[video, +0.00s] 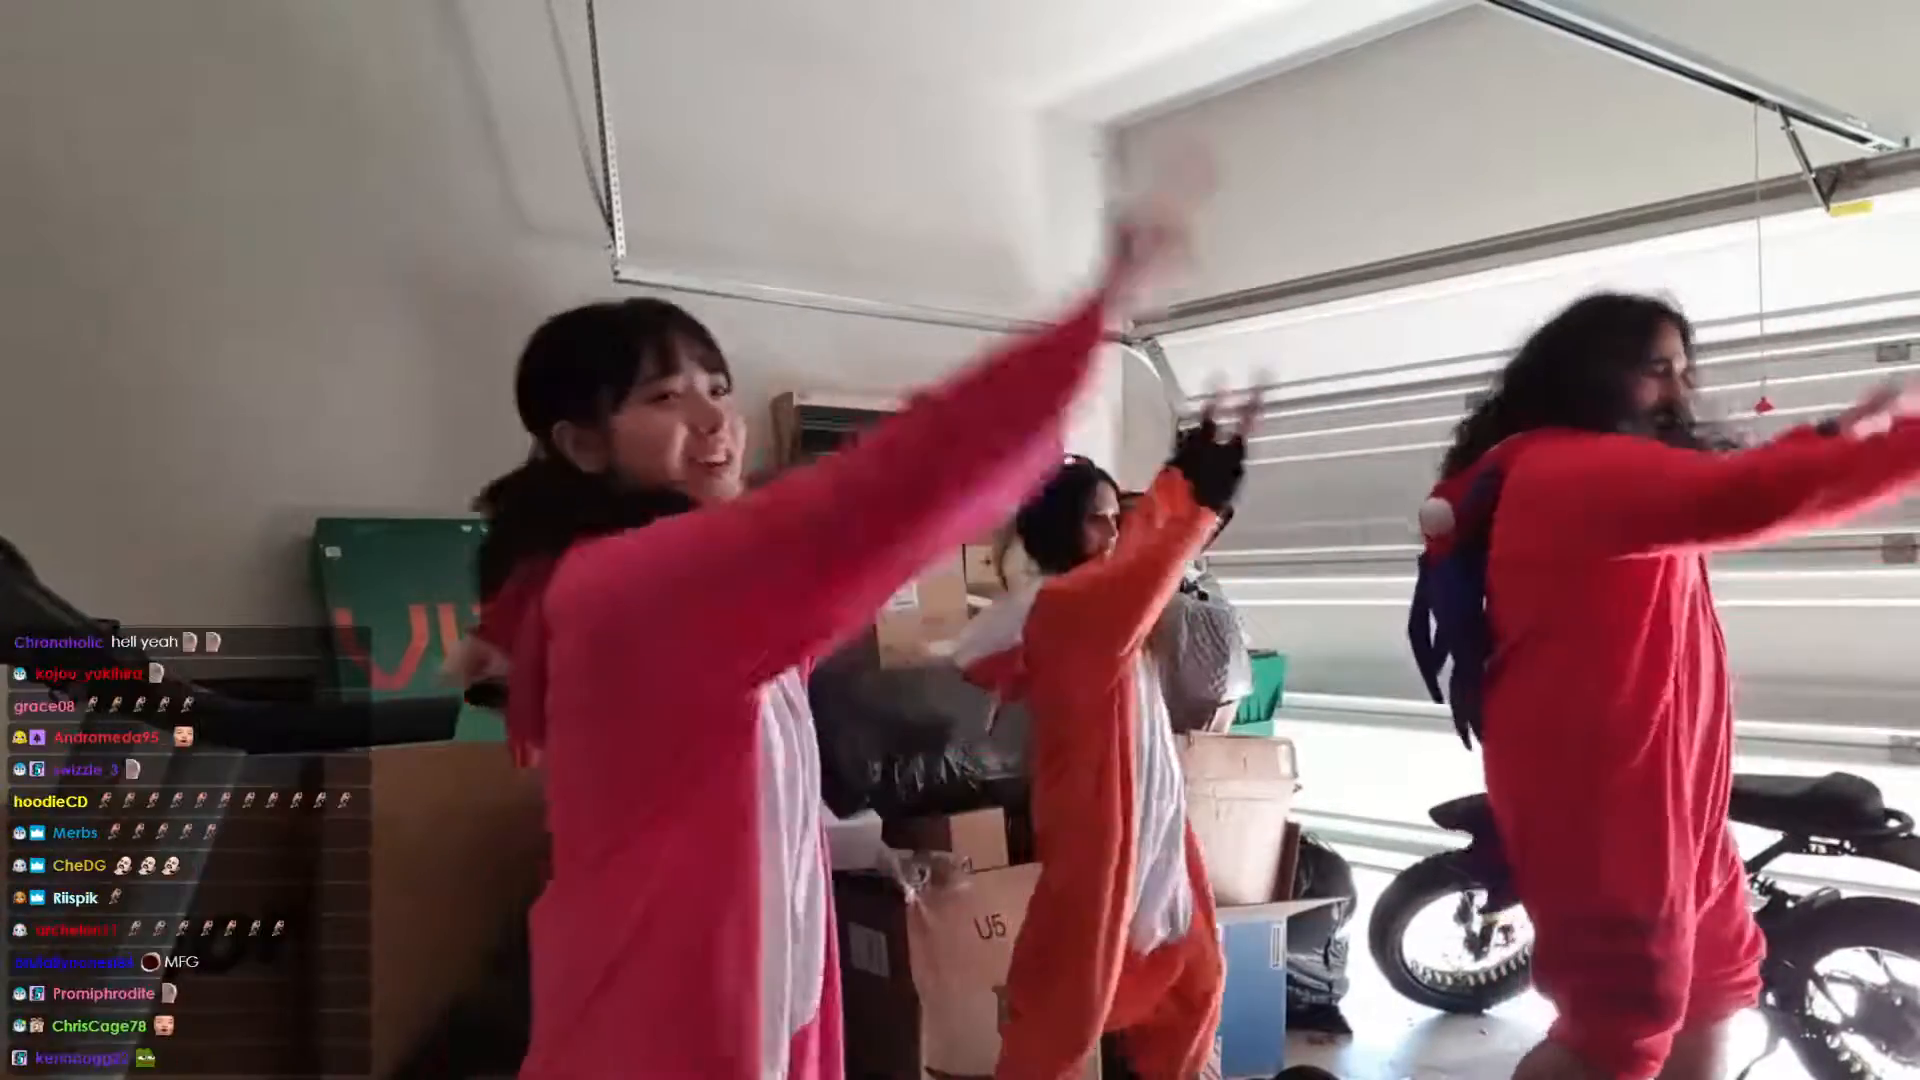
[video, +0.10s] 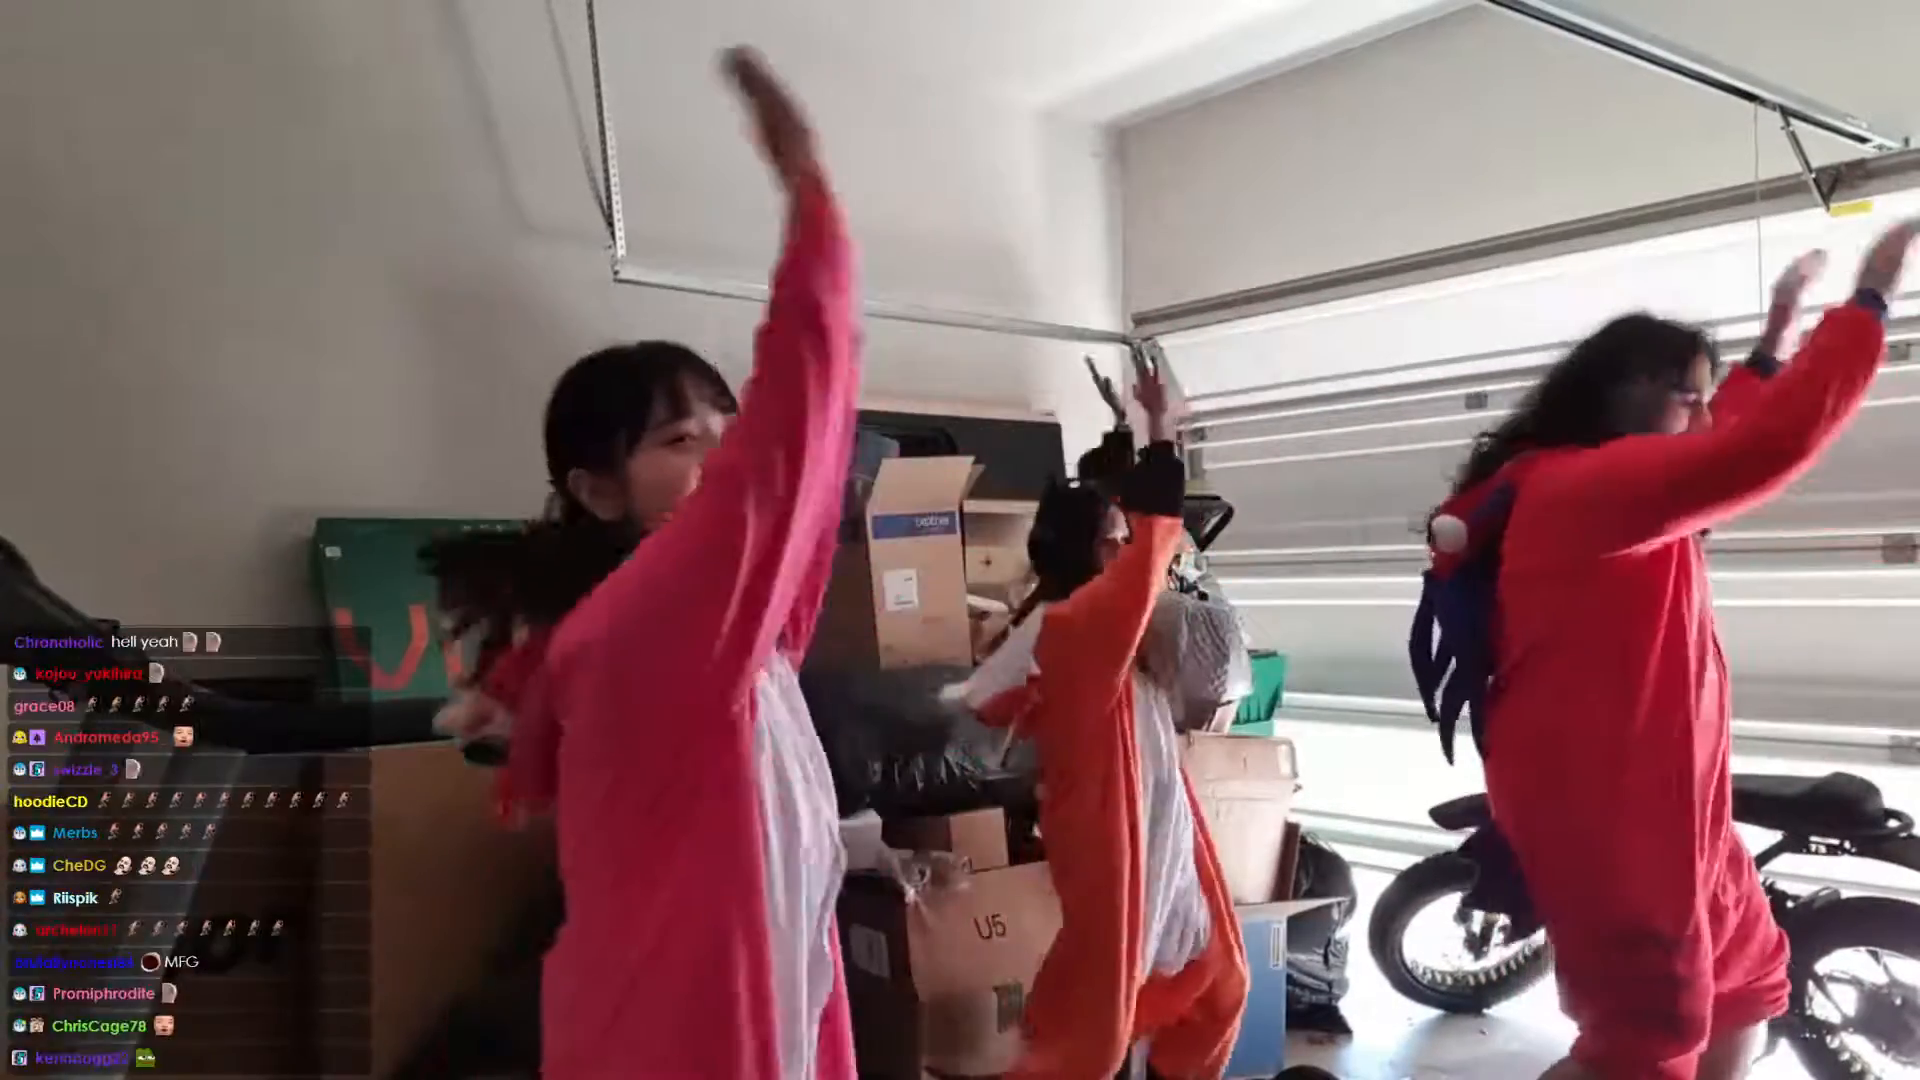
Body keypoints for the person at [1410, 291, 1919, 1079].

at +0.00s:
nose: (1679, 392)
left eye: (1684, 374)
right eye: (1657, 370)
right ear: (1592, 374)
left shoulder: (1621, 469)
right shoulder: (1559, 474)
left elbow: (1727, 473)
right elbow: (1734, 497)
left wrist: (1839, 432)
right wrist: (1909, 441)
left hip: (1671, 795)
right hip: (1598, 809)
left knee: (1716, 990)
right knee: (1620, 1030)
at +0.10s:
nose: (1703, 421)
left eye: (1706, 405)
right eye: (1689, 401)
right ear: (1630, 395)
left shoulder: (1620, 481)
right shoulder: (1570, 490)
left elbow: (1718, 447)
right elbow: (1753, 458)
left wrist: (1774, 346)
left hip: (1669, 795)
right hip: (1603, 815)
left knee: (1746, 984)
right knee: (1649, 1037)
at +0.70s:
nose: (1734, 384)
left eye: (1735, 362)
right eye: (1717, 364)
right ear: (1668, 369)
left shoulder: (1669, 471)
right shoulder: (1614, 471)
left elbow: (1688, 645)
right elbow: (1641, 648)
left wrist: (1713, 782)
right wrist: (1714, 793)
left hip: (1633, 768)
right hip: (1569, 773)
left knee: (1638, 1000)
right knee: (1561, 1014)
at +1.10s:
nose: (1626, 390)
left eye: (1639, 370)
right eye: (1596, 375)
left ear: (1658, 379)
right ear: (1553, 393)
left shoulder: (1628, 472)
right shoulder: (1566, 483)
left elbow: (1698, 434)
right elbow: (1743, 439)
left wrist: (1729, 325)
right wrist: (1809, 281)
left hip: (1671, 782)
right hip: (1591, 800)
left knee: (1717, 983)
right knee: (1612, 1025)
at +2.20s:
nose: (1702, 389)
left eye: (1706, 371)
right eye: (1686, 367)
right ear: (1626, 366)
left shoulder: (1636, 476)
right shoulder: (1579, 481)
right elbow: (1683, 634)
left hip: (1639, 791)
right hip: (1573, 799)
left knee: (1650, 995)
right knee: (1570, 1017)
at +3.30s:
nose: (1653, 369)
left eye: (1666, 352)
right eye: (1627, 350)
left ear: (1679, 368)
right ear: (1580, 360)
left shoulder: (1630, 461)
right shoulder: (1567, 466)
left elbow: (1659, 633)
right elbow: (1599, 639)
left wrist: (1688, 776)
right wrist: (1679, 786)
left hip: (1618, 767)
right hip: (1558, 769)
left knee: (1635, 993)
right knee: (1551, 1011)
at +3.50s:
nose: (1627, 377)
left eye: (1638, 360)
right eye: (1601, 359)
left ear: (1653, 372)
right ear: (1548, 371)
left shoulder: (1603, 467)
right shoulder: (1545, 474)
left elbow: (1710, 494)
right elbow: (1731, 520)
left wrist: (1824, 471)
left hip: (1647, 793)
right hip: (1575, 807)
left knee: (1669, 986)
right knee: (1580, 1020)